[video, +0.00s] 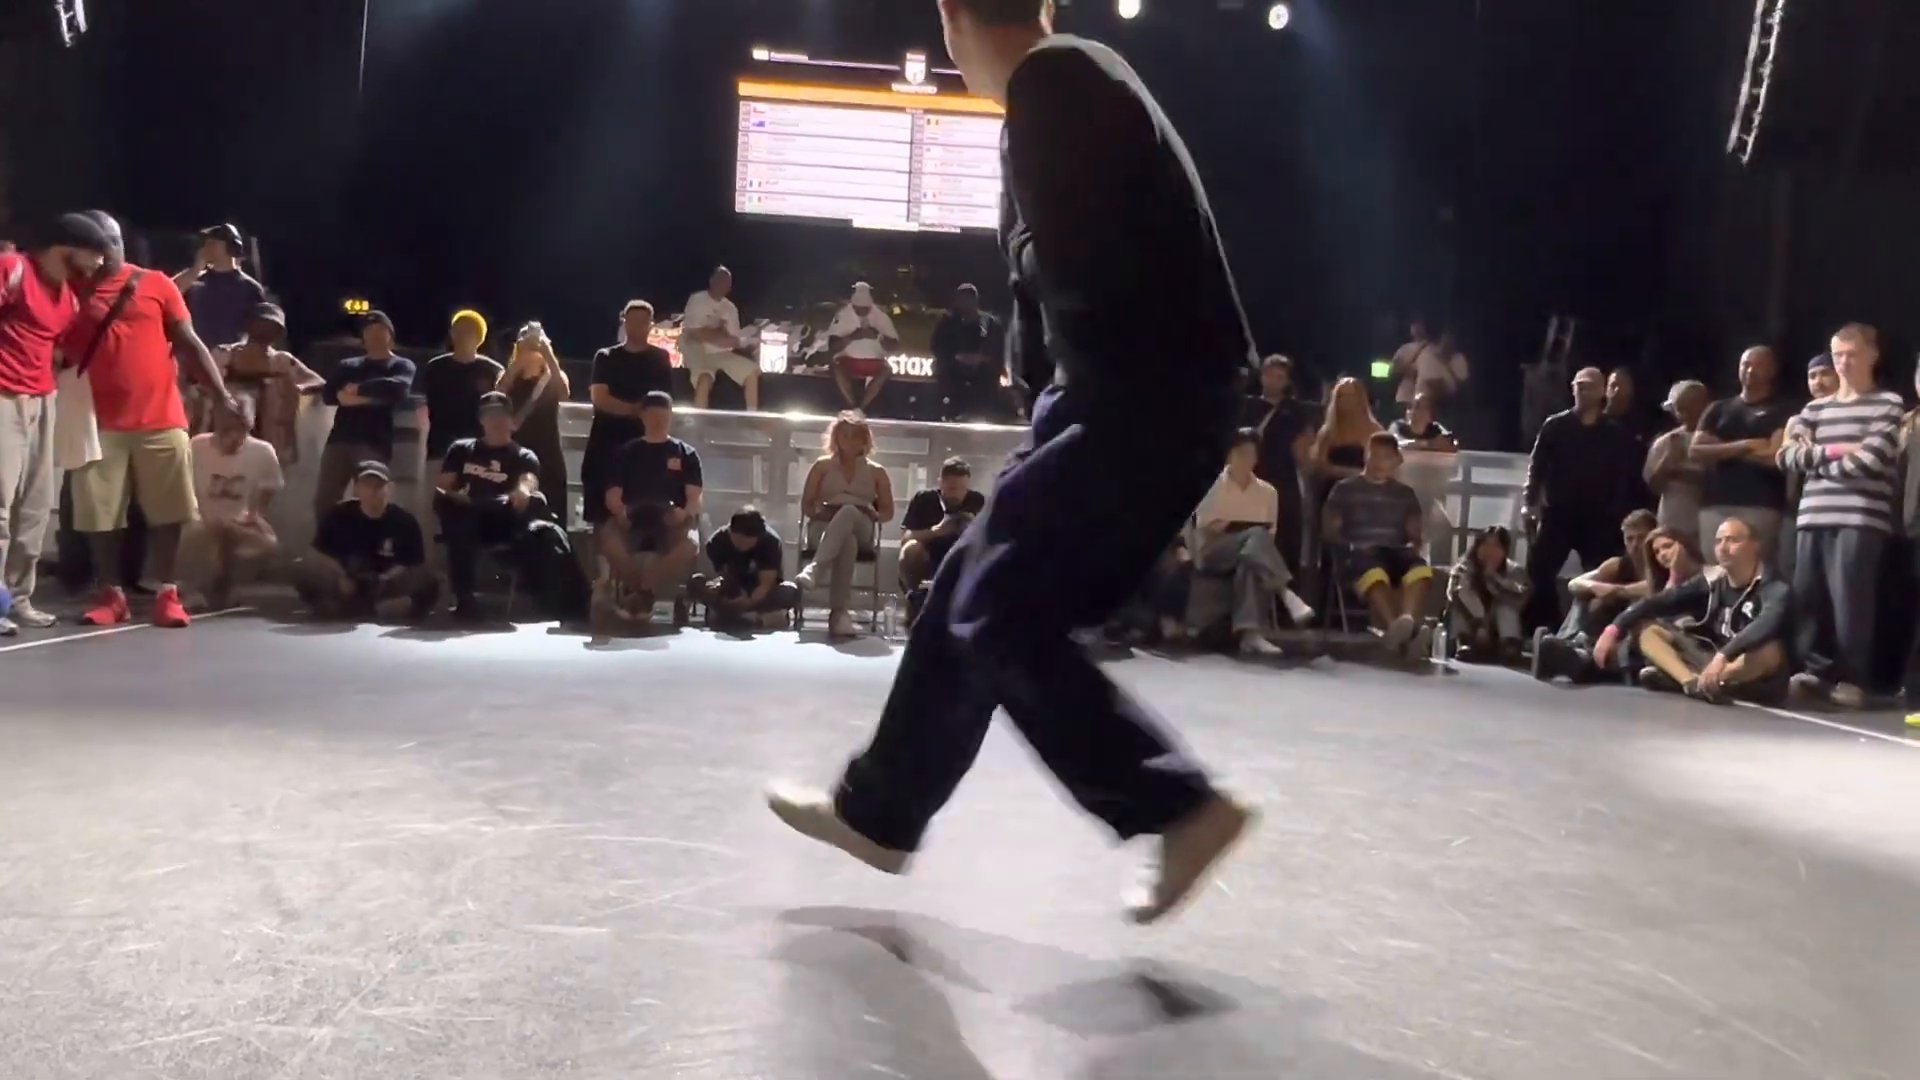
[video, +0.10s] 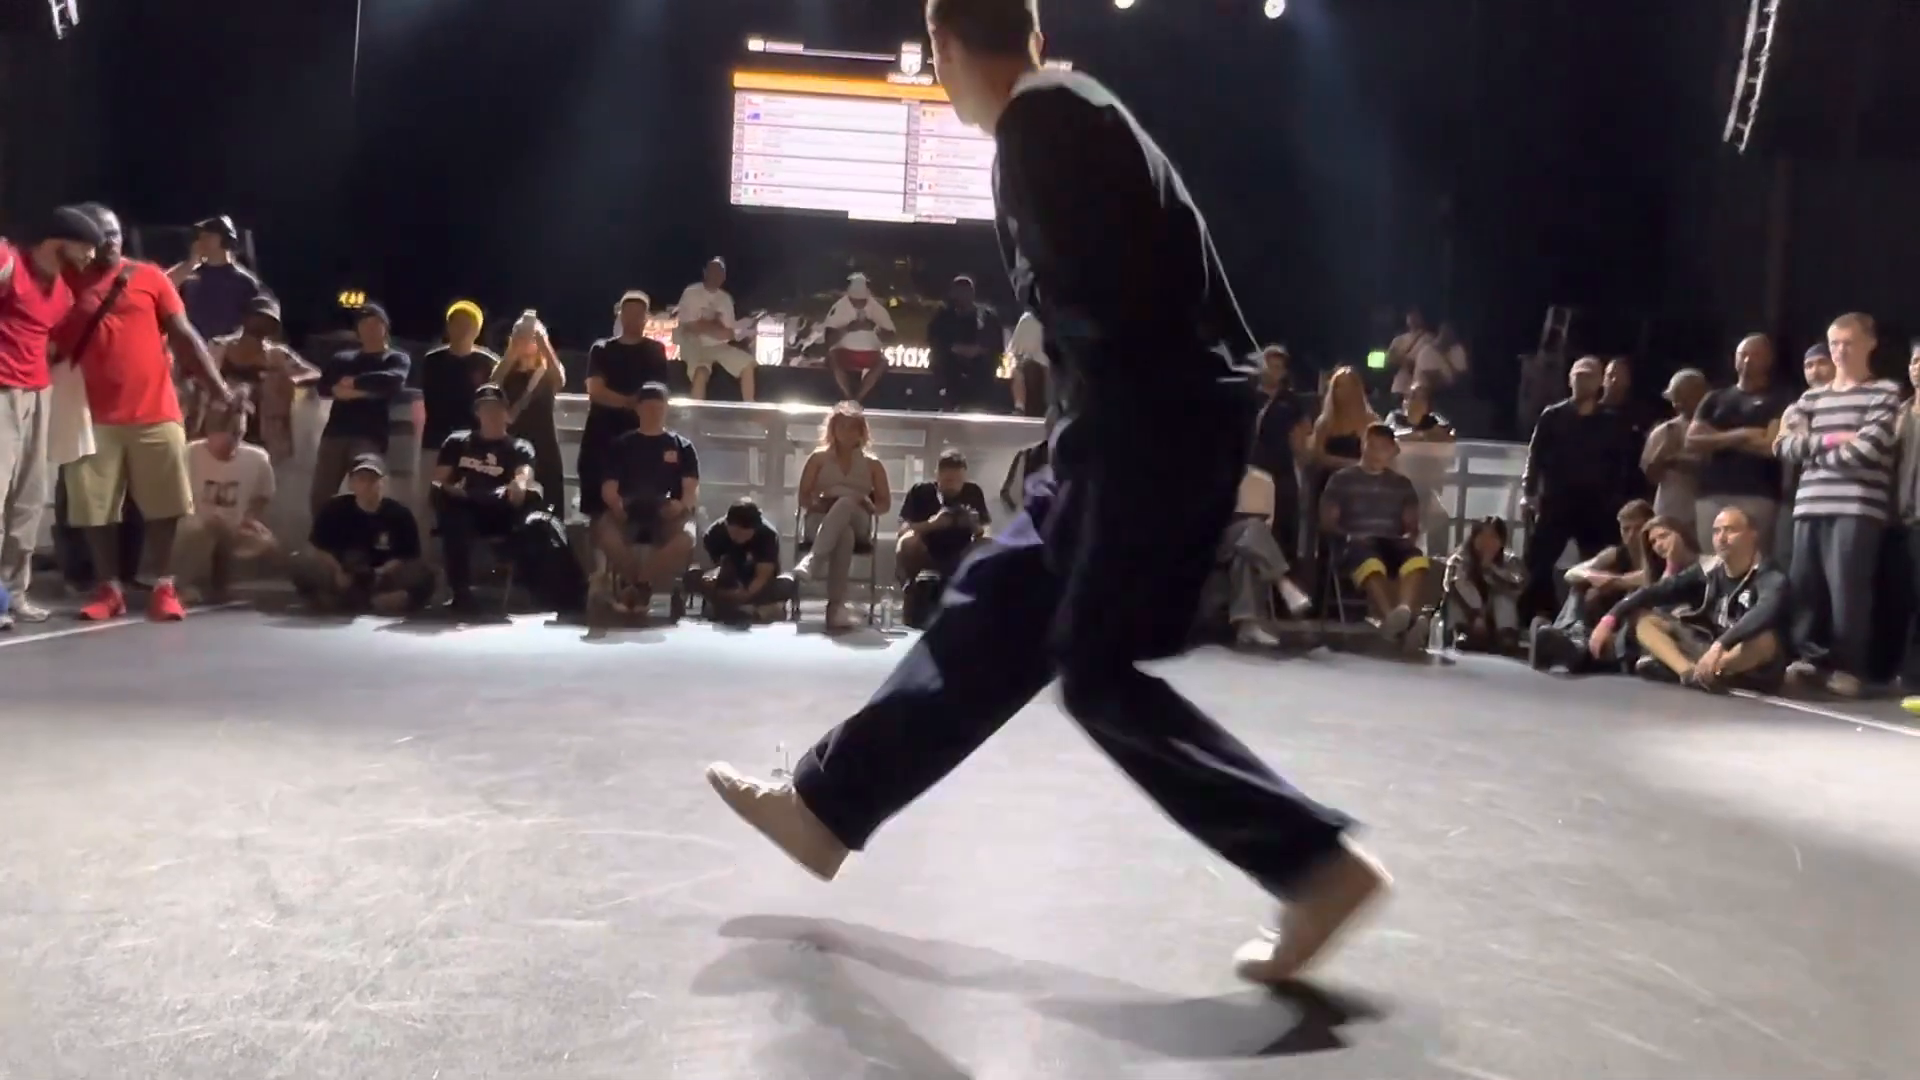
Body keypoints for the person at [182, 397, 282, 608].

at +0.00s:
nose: (232, 438)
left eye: (238, 430)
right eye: (225, 430)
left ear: (248, 428)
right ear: (216, 426)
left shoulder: (263, 452)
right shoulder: (196, 446)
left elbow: (269, 488)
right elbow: (185, 482)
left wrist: (254, 514)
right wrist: (199, 515)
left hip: (241, 520)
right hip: (204, 518)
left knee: (267, 544)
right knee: (189, 538)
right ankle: (187, 591)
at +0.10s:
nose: (230, 439)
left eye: (237, 433)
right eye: (225, 432)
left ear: (243, 433)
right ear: (210, 431)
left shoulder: (258, 459)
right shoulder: (189, 455)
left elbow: (261, 500)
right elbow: (183, 501)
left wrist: (246, 524)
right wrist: (207, 519)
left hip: (238, 532)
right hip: (201, 530)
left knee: (265, 544)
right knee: (192, 529)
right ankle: (185, 587)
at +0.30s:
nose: (223, 448)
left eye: (229, 441)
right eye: (216, 441)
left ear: (236, 441)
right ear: (204, 438)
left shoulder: (257, 470)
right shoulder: (187, 466)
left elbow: (264, 519)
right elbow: (183, 513)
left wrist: (253, 541)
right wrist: (204, 528)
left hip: (241, 544)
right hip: (201, 542)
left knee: (269, 566)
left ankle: (221, 586)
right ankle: (189, 595)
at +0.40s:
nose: (224, 446)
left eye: (229, 439)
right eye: (217, 439)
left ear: (236, 441)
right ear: (204, 439)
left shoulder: (258, 472)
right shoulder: (189, 469)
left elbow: (266, 524)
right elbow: (186, 520)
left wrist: (259, 545)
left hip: (242, 549)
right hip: (204, 547)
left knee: (270, 579)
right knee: (197, 539)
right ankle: (193, 601)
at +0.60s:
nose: (223, 447)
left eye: (229, 442)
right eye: (216, 441)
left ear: (235, 449)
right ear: (202, 448)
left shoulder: (259, 484)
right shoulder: (189, 483)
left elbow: (274, 533)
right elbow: (184, 526)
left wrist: (260, 561)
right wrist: (198, 546)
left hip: (245, 565)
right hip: (205, 563)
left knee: (268, 605)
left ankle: (214, 618)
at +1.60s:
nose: (254, 455)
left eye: (259, 450)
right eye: (247, 450)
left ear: (265, 455)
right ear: (233, 454)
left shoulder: (285, 492)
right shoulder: (213, 491)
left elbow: (294, 538)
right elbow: (203, 532)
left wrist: (278, 567)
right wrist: (213, 546)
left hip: (267, 569)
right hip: (228, 563)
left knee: (278, 617)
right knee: (211, 555)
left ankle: (243, 609)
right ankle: (215, 616)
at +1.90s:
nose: (258, 456)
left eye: (264, 450)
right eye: (251, 450)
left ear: (269, 455)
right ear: (237, 455)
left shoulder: (291, 490)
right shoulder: (222, 489)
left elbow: (304, 536)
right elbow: (210, 531)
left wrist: (281, 566)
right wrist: (222, 551)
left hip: (271, 570)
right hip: (233, 565)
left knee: (279, 617)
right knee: (220, 555)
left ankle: (252, 609)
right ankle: (216, 615)